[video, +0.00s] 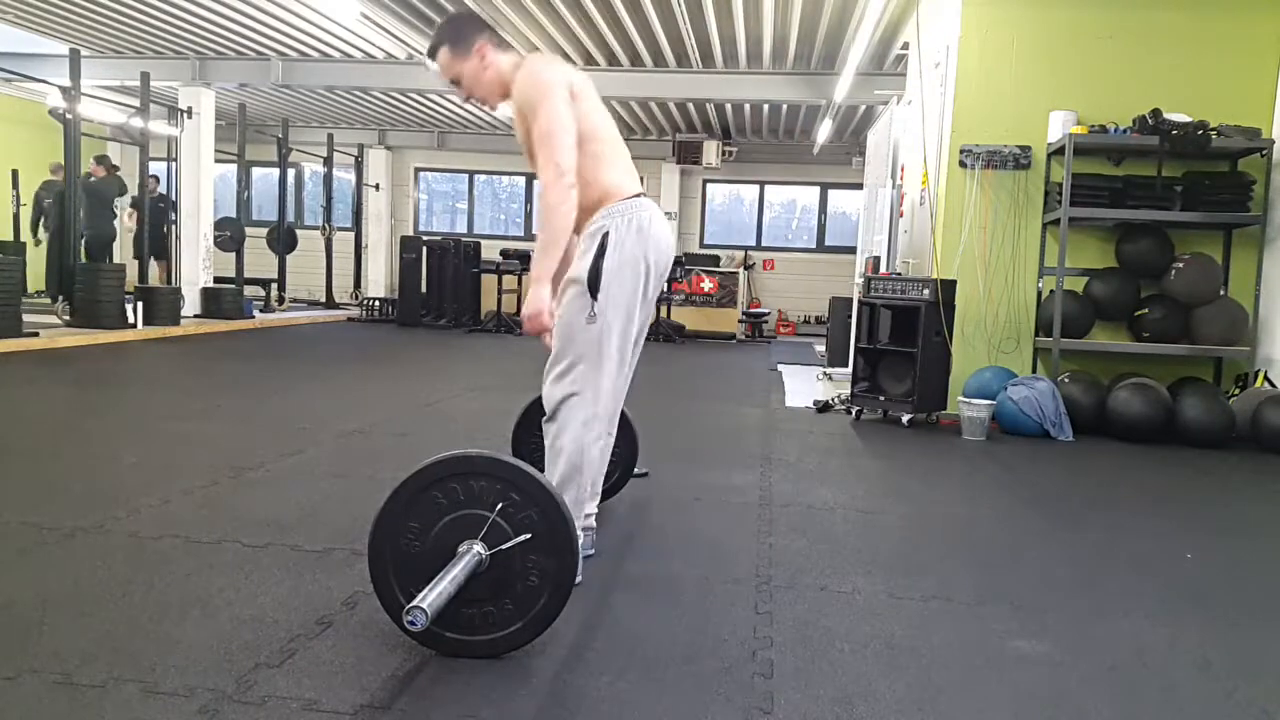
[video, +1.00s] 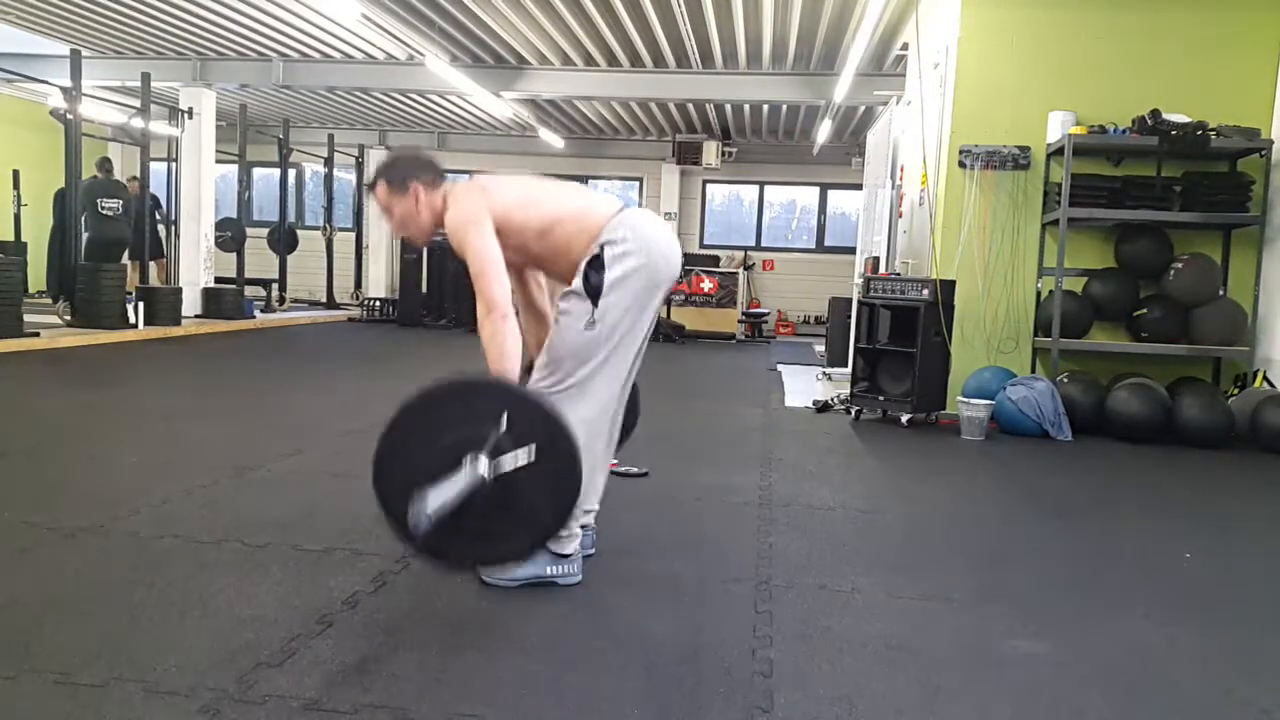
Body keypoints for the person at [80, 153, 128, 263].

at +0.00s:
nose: (90, 167)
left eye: (92, 164)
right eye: (90, 164)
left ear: (101, 167)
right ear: (106, 167)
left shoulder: (90, 185)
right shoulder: (115, 181)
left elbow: (81, 183)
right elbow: (123, 191)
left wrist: (88, 174)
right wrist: (114, 174)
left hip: (93, 229)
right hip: (109, 228)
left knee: (94, 266)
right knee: (105, 265)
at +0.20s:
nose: (89, 168)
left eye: (91, 165)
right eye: (89, 165)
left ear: (98, 167)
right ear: (105, 167)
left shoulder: (87, 184)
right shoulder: (115, 181)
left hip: (92, 229)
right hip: (110, 229)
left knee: (91, 267)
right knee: (106, 267)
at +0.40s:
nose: (89, 169)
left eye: (91, 166)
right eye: (90, 166)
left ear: (96, 167)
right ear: (108, 167)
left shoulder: (86, 184)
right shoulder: (119, 185)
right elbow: (120, 209)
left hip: (93, 231)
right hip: (114, 233)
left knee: (91, 270)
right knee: (107, 269)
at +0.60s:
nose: (92, 169)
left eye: (93, 166)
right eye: (93, 166)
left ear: (95, 168)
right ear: (109, 167)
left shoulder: (86, 185)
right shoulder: (120, 186)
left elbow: (80, 210)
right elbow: (125, 211)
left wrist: (80, 230)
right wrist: (121, 228)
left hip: (93, 233)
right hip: (116, 235)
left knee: (88, 270)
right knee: (107, 269)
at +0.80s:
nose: (94, 170)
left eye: (94, 168)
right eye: (94, 168)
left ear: (96, 169)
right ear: (111, 169)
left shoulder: (86, 186)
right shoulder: (121, 186)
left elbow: (79, 211)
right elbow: (126, 212)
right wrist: (127, 230)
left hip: (94, 232)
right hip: (119, 233)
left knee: (88, 271)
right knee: (108, 270)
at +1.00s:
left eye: (97, 169)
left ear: (97, 170)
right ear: (112, 169)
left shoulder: (88, 186)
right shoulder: (122, 187)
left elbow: (79, 211)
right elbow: (130, 213)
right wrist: (128, 231)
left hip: (97, 234)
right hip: (121, 234)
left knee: (90, 272)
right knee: (111, 271)